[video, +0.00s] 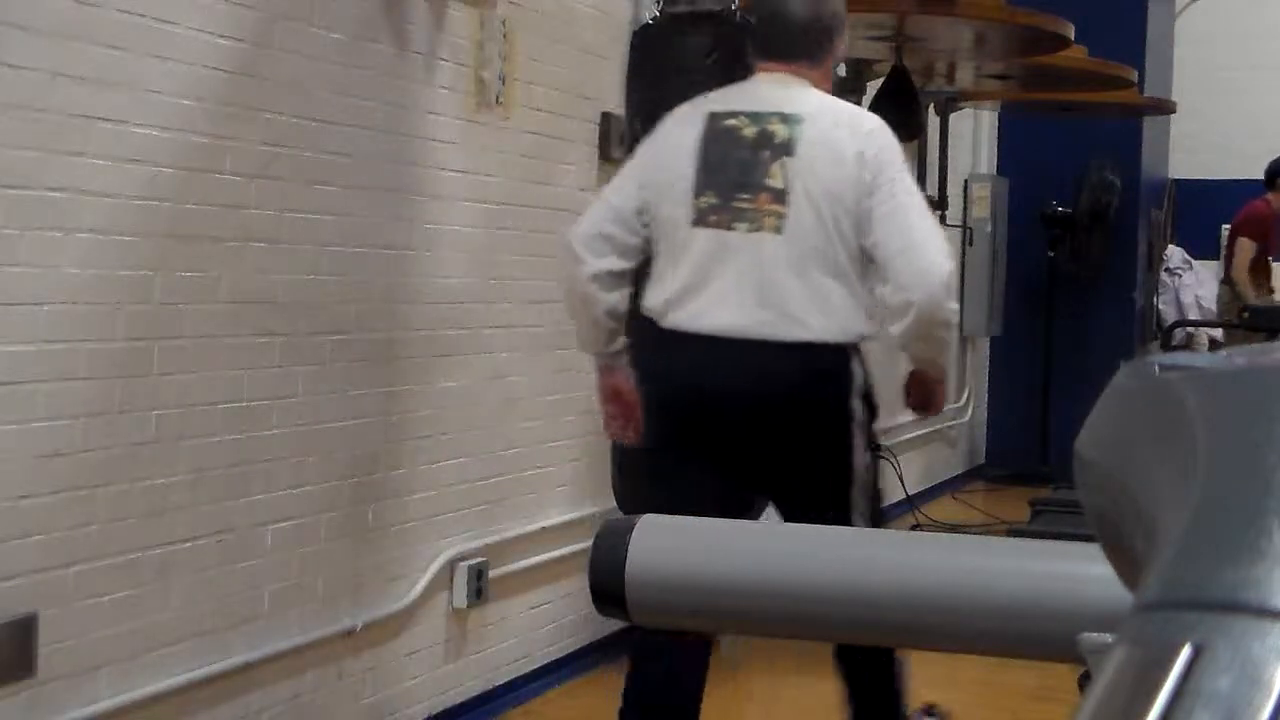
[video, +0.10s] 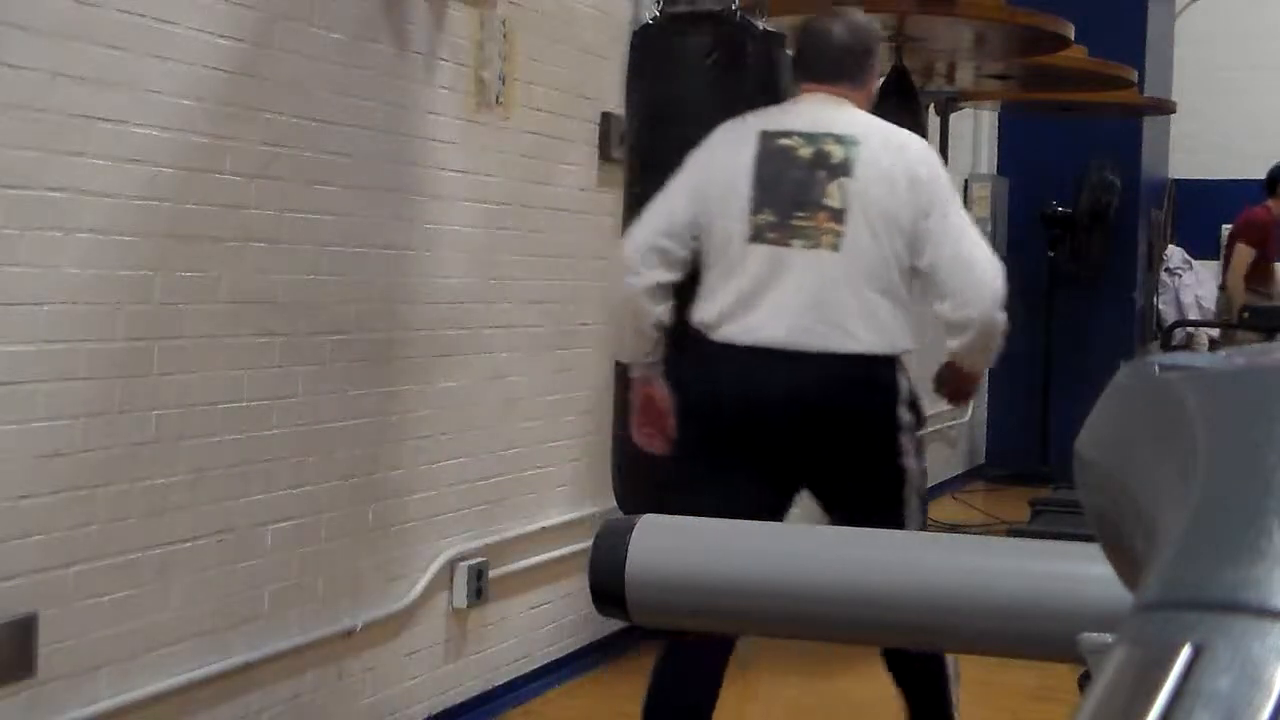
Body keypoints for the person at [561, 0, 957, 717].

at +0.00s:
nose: (840, 61)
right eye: (841, 49)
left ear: (751, 43)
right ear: (833, 52)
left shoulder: (683, 123)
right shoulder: (863, 136)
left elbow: (593, 249)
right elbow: (928, 279)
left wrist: (610, 361)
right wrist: (928, 366)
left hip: (680, 376)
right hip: (807, 387)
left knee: (672, 585)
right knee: (853, 574)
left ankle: (654, 716)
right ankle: (882, 716)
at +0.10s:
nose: (878, 87)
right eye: (880, 79)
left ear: (796, 72)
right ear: (872, 79)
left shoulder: (729, 141)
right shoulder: (908, 157)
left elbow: (641, 257)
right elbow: (981, 297)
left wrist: (646, 371)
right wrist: (964, 367)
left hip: (729, 391)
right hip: (855, 399)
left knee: (707, 591)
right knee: (901, 585)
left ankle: (672, 714)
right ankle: (933, 711)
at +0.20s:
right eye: (914, 82)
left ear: (828, 81)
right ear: (908, 85)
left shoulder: (774, 147)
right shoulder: (947, 162)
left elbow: (700, 266)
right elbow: (1020, 295)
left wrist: (692, 380)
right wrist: (989, 357)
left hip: (778, 386)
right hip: (898, 395)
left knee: (753, 584)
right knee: (933, 579)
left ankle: (705, 713)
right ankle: (949, 714)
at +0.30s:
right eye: (937, 78)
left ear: (855, 78)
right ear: (934, 79)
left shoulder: (807, 143)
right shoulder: (979, 151)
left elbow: (752, 267)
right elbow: (1050, 284)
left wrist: (745, 383)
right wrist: (995, 313)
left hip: (822, 368)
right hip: (933, 374)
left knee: (815, 545)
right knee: (944, 556)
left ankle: (745, 701)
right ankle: (950, 710)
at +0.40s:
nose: (955, 73)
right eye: (953, 65)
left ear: (870, 71)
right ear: (946, 69)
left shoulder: (830, 133)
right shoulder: (995, 136)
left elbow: (793, 255)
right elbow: (1069, 254)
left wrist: (790, 370)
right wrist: (1010, 236)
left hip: (850, 353)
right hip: (956, 360)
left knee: (844, 527)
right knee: (957, 540)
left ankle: (808, 696)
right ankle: (952, 705)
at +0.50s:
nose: (965, 72)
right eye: (962, 63)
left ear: (879, 71)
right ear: (954, 68)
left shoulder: (846, 135)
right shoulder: (1006, 133)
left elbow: (819, 257)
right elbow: (1078, 210)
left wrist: (821, 372)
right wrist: (1017, 186)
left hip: (876, 355)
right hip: (977, 361)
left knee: (863, 537)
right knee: (970, 542)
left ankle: (867, 704)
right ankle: (955, 707)